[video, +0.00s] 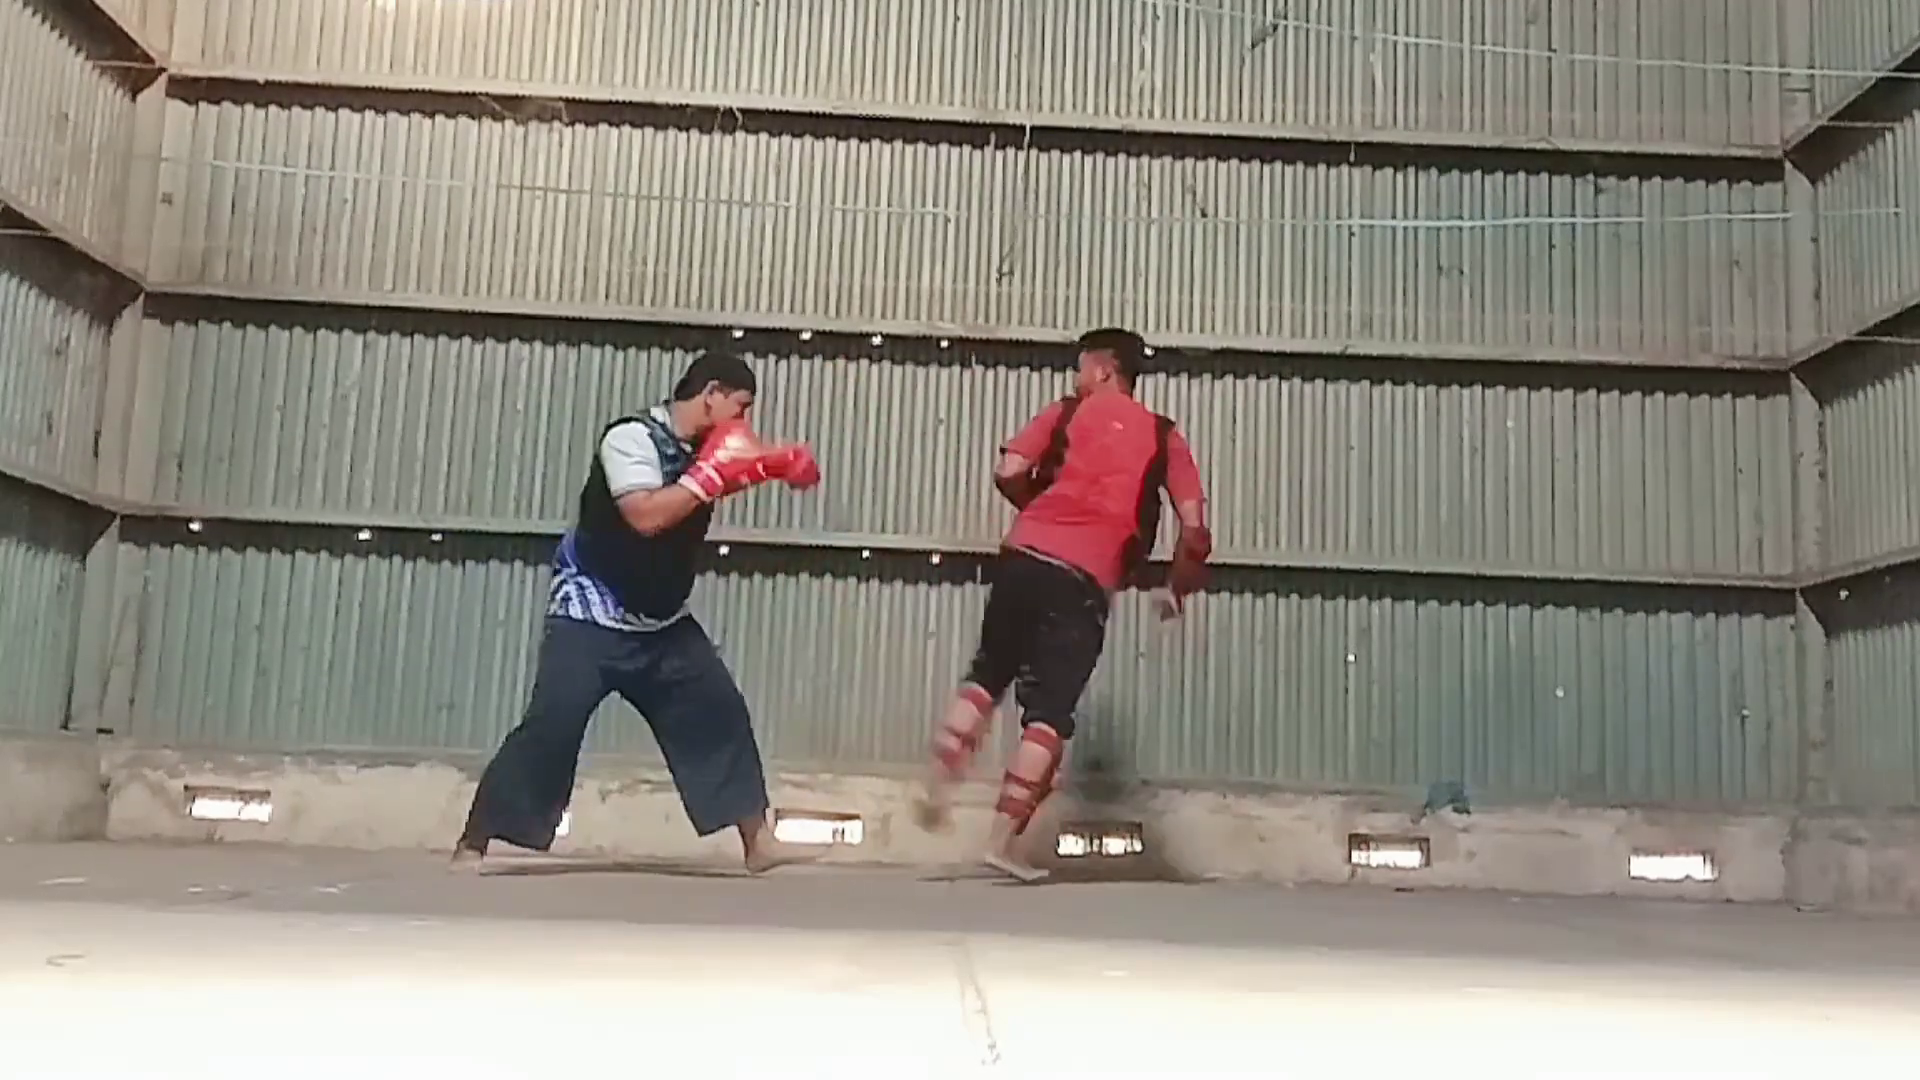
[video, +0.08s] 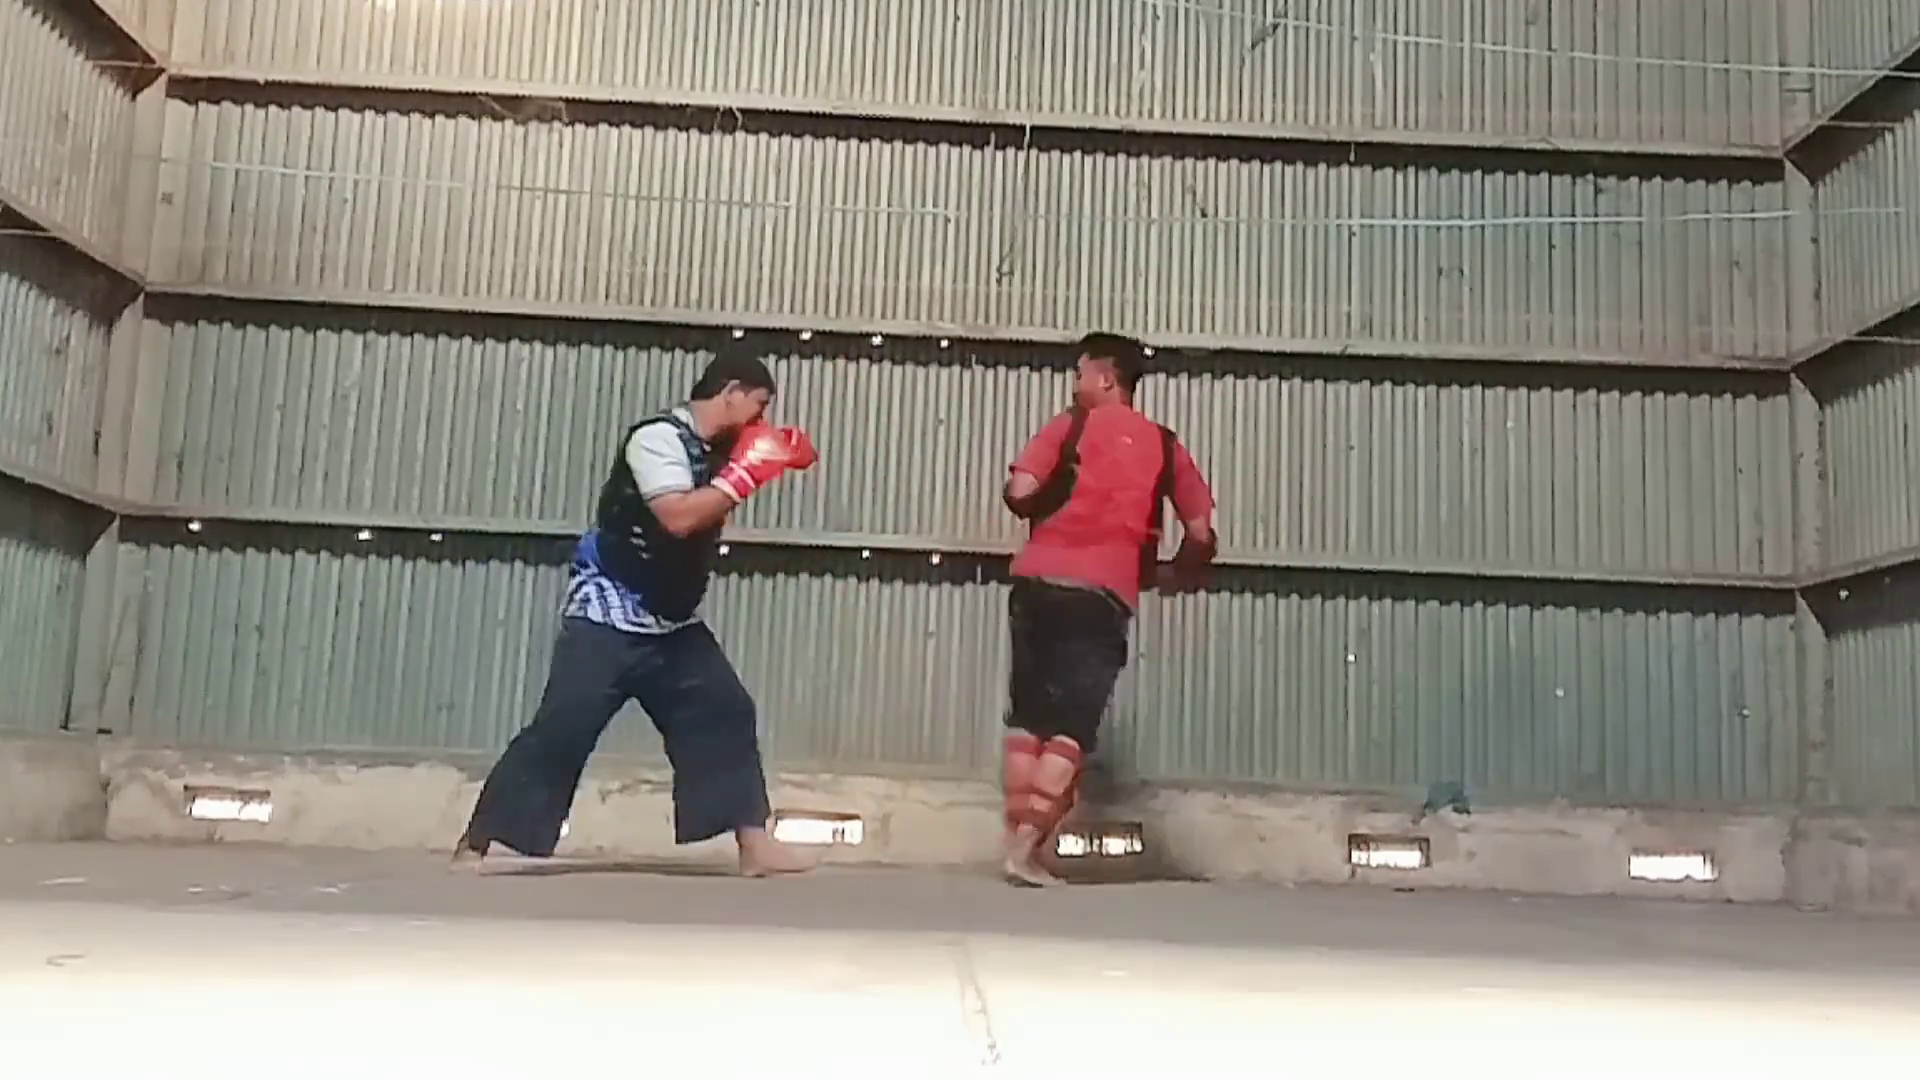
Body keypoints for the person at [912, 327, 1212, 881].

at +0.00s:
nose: (1076, 381)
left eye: (1081, 370)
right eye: (1079, 371)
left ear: (1105, 369)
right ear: (1130, 376)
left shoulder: (1067, 411)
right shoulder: (1165, 436)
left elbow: (1008, 472)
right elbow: (1195, 529)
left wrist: (1045, 510)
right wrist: (1178, 585)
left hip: (1020, 566)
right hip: (1081, 586)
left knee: (989, 672)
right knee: (1048, 713)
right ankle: (1000, 846)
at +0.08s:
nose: (1075, 385)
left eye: (1081, 374)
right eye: (1078, 374)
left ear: (1106, 375)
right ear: (1128, 381)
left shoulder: (1065, 427)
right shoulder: (1165, 444)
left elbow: (1019, 492)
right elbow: (1201, 535)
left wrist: (1059, 494)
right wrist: (1178, 577)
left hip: (1034, 590)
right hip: (1099, 597)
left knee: (1028, 716)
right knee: (1073, 727)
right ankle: (1026, 851)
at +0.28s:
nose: (1077, 409)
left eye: (1081, 397)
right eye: (1077, 398)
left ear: (1109, 394)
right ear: (1127, 397)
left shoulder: (1085, 449)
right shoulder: (1182, 449)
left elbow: (1055, 531)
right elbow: (1207, 536)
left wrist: (1042, 574)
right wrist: (1194, 563)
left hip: (1091, 613)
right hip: (1159, 616)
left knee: (1064, 726)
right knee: (1164, 729)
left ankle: (1048, 852)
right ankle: (1116, 818)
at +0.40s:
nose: (1097, 406)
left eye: (1101, 394)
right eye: (1097, 395)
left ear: (1129, 393)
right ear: (1145, 396)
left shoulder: (1106, 451)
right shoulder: (1202, 451)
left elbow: (1077, 531)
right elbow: (1234, 539)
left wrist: (1066, 584)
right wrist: (1208, 582)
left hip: (1119, 617)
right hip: (1189, 619)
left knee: (1081, 729)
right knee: (1227, 725)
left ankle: (1053, 853)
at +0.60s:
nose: (1153, 442)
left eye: (1159, 430)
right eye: (1155, 430)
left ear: (1185, 431)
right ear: (1200, 435)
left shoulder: (1165, 489)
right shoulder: (1255, 488)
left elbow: (1143, 565)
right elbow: (1293, 576)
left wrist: (1132, 629)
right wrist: (1270, 635)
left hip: (1186, 653)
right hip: (1257, 653)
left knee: (1117, 737)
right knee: (1288, 756)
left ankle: (1106, 855)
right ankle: (1333, 868)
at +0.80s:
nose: (1235, 427)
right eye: (1239, 418)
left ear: (1193, 412)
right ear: (1241, 418)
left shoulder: (1156, 466)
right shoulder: (1250, 467)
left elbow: (1138, 539)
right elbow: (1262, 543)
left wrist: (1161, 592)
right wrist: (1284, 621)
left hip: (1154, 616)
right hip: (1223, 617)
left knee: (1132, 735)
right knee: (1273, 728)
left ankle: (1134, 858)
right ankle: (1316, 844)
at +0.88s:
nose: (1268, 416)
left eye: (1268, 405)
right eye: (1265, 404)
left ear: (1219, 404)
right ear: (1240, 402)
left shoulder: (1178, 449)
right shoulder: (1235, 445)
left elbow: (1177, 534)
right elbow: (1229, 529)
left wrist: (1235, 581)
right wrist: (1272, 598)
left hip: (1119, 586)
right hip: (1181, 587)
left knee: (1129, 715)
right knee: (1242, 685)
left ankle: (1109, 843)